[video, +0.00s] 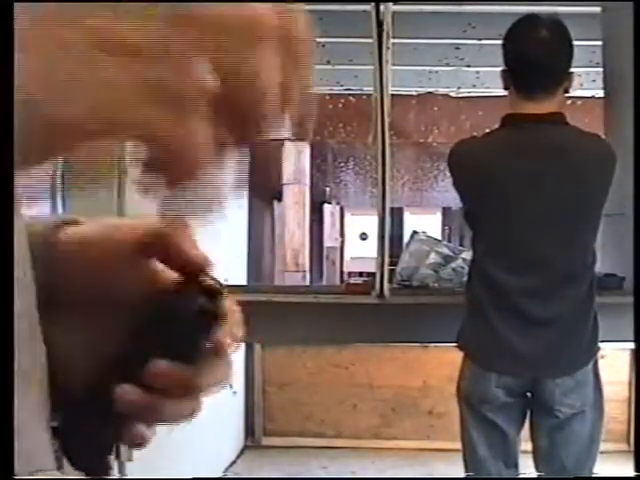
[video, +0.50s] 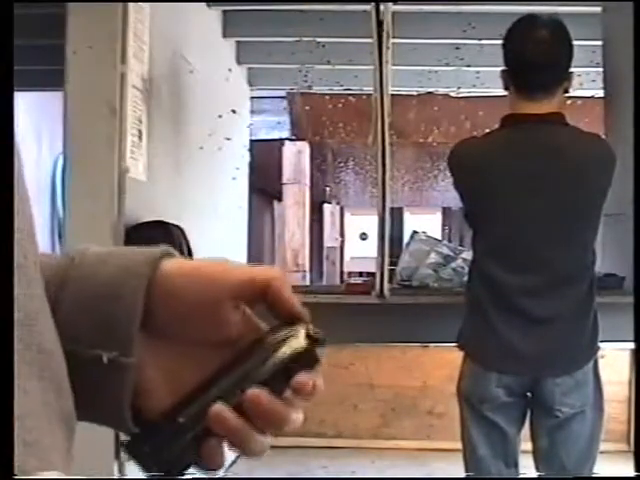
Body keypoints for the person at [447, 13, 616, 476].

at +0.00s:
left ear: (505, 80)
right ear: (569, 82)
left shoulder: (468, 158)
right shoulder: (599, 156)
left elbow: (485, 221)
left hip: (491, 357)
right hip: (569, 360)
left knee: (489, 472)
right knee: (568, 472)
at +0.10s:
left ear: (505, 81)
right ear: (569, 82)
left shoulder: (468, 158)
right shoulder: (599, 156)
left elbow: (484, 221)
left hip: (491, 356)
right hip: (568, 360)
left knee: (489, 472)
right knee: (568, 472)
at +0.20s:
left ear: (505, 80)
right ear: (569, 81)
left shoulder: (468, 158)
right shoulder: (599, 156)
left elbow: (484, 220)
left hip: (491, 357)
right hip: (568, 360)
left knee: (489, 472)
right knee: (568, 472)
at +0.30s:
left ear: (505, 80)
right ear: (569, 81)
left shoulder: (468, 158)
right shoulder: (599, 156)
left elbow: (484, 220)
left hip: (491, 357)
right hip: (568, 360)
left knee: (489, 472)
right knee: (568, 472)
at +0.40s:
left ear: (505, 79)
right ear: (568, 81)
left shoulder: (468, 158)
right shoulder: (598, 156)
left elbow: (484, 220)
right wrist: (549, 120)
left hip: (491, 357)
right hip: (568, 360)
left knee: (489, 472)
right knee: (568, 472)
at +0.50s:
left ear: (505, 79)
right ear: (568, 81)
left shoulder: (468, 158)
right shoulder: (598, 156)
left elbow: (485, 219)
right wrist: (550, 120)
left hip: (491, 357)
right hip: (568, 359)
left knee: (489, 472)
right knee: (568, 472)